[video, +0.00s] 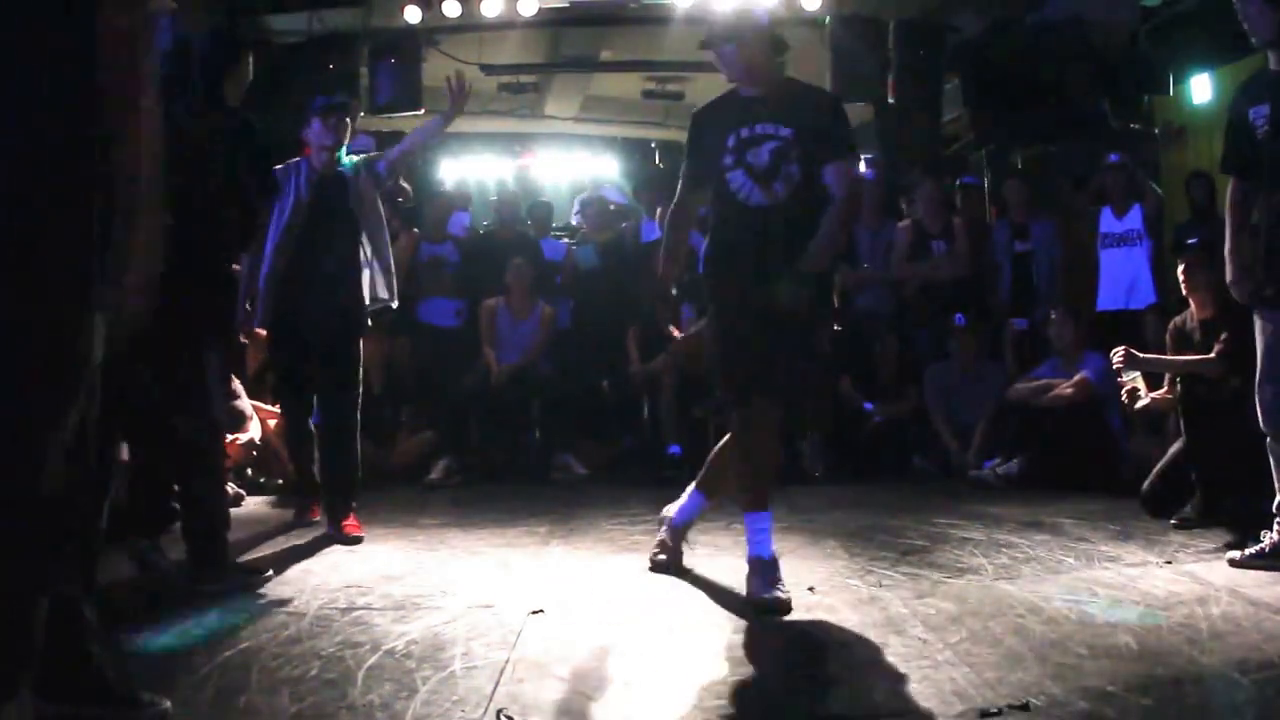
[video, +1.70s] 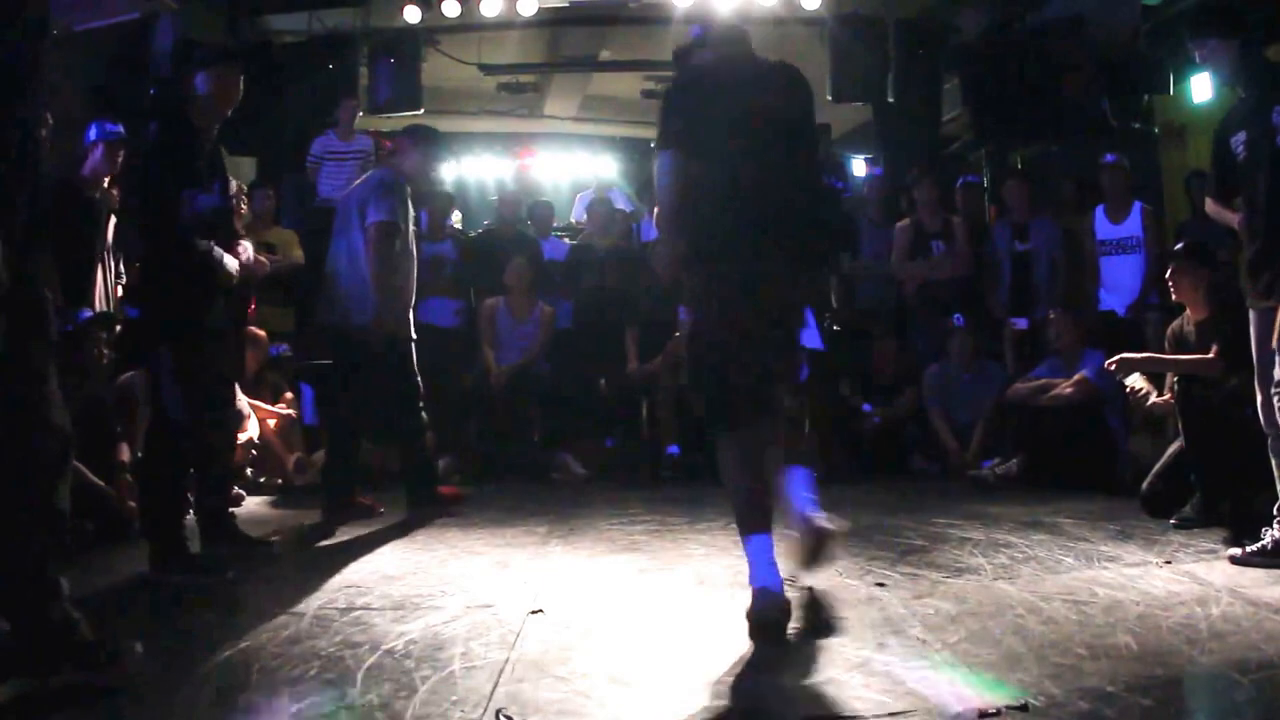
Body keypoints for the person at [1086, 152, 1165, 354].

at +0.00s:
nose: (1115, 180)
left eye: (1120, 174)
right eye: (1109, 174)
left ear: (1129, 178)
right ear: (1103, 179)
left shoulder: (1143, 211)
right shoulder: (1098, 214)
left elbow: (1156, 199)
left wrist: (1135, 175)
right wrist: (1100, 178)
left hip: (1141, 297)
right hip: (1108, 298)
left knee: (1150, 354)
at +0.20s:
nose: (1114, 182)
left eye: (1119, 175)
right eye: (1109, 176)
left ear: (1128, 179)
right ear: (1103, 181)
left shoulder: (1144, 211)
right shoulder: (1098, 214)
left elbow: (1156, 201)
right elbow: (1092, 255)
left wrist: (1133, 172)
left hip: (1140, 301)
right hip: (1108, 302)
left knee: (1148, 360)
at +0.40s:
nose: (1113, 182)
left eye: (1118, 175)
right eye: (1108, 175)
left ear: (1128, 179)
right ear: (1103, 180)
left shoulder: (1143, 211)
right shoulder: (1098, 213)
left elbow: (1156, 204)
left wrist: (1134, 174)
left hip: (1139, 301)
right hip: (1107, 301)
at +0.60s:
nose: (1112, 181)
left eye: (1117, 175)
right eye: (1108, 175)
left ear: (1128, 179)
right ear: (1103, 180)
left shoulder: (1142, 210)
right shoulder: (1099, 213)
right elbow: (1095, 253)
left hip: (1138, 299)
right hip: (1106, 299)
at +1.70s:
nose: (1111, 182)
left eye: (1116, 176)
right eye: (1106, 176)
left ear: (1126, 179)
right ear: (1101, 180)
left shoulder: (1144, 214)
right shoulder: (1094, 218)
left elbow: (1152, 260)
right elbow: (1091, 260)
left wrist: (1140, 300)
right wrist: (1095, 297)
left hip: (1137, 303)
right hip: (1106, 303)